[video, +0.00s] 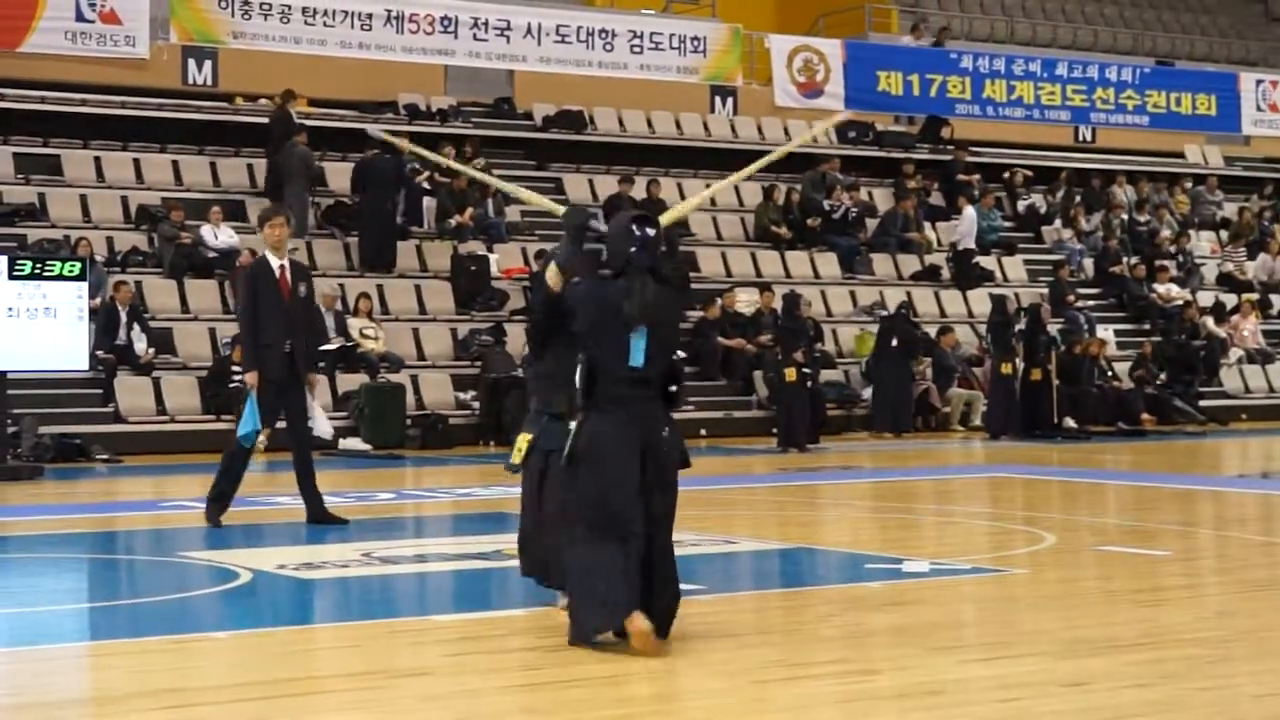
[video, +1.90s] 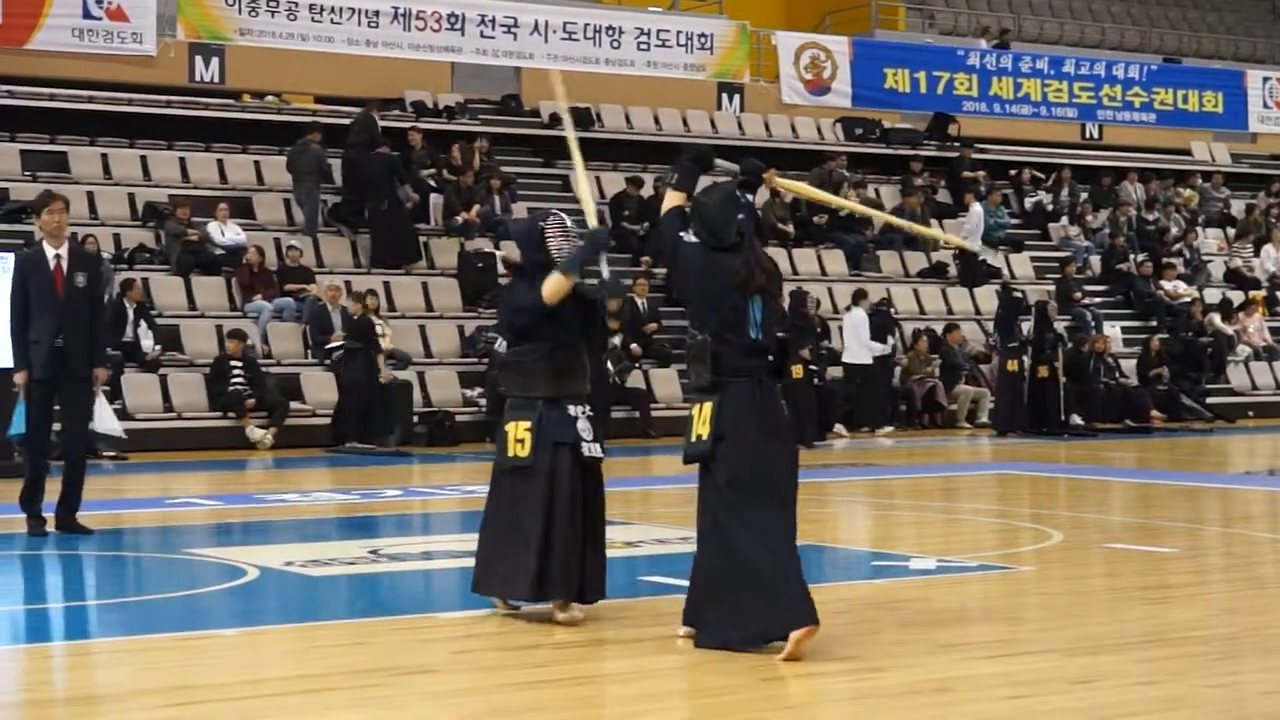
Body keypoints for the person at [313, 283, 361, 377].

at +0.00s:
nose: (334, 302)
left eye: (335, 299)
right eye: (331, 299)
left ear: (337, 299)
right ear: (323, 298)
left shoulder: (339, 314)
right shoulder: (314, 313)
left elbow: (345, 334)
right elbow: (313, 337)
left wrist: (341, 340)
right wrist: (327, 341)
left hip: (340, 344)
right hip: (324, 345)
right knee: (330, 357)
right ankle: (332, 390)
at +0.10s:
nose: (334, 301)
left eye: (335, 298)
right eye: (331, 298)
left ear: (337, 299)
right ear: (323, 298)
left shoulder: (339, 314)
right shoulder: (312, 313)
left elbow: (345, 334)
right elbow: (312, 338)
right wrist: (327, 342)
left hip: (340, 345)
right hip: (322, 347)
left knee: (351, 354)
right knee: (332, 355)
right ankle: (332, 387)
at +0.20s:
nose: (334, 302)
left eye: (335, 299)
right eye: (331, 299)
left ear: (336, 299)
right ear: (322, 298)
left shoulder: (339, 314)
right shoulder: (312, 313)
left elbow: (345, 335)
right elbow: (311, 340)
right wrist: (327, 342)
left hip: (340, 346)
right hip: (321, 348)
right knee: (330, 357)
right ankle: (332, 391)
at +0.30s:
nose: (334, 301)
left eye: (335, 298)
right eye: (331, 298)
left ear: (336, 299)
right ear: (322, 298)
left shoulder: (339, 314)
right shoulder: (311, 313)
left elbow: (345, 335)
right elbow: (310, 338)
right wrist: (326, 342)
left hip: (339, 346)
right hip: (321, 347)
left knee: (351, 355)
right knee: (330, 356)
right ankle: (331, 389)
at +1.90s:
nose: (333, 294)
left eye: (337, 290)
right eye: (330, 290)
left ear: (341, 293)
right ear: (325, 292)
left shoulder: (345, 311)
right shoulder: (317, 311)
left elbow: (352, 332)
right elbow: (315, 339)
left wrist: (343, 337)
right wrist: (330, 339)